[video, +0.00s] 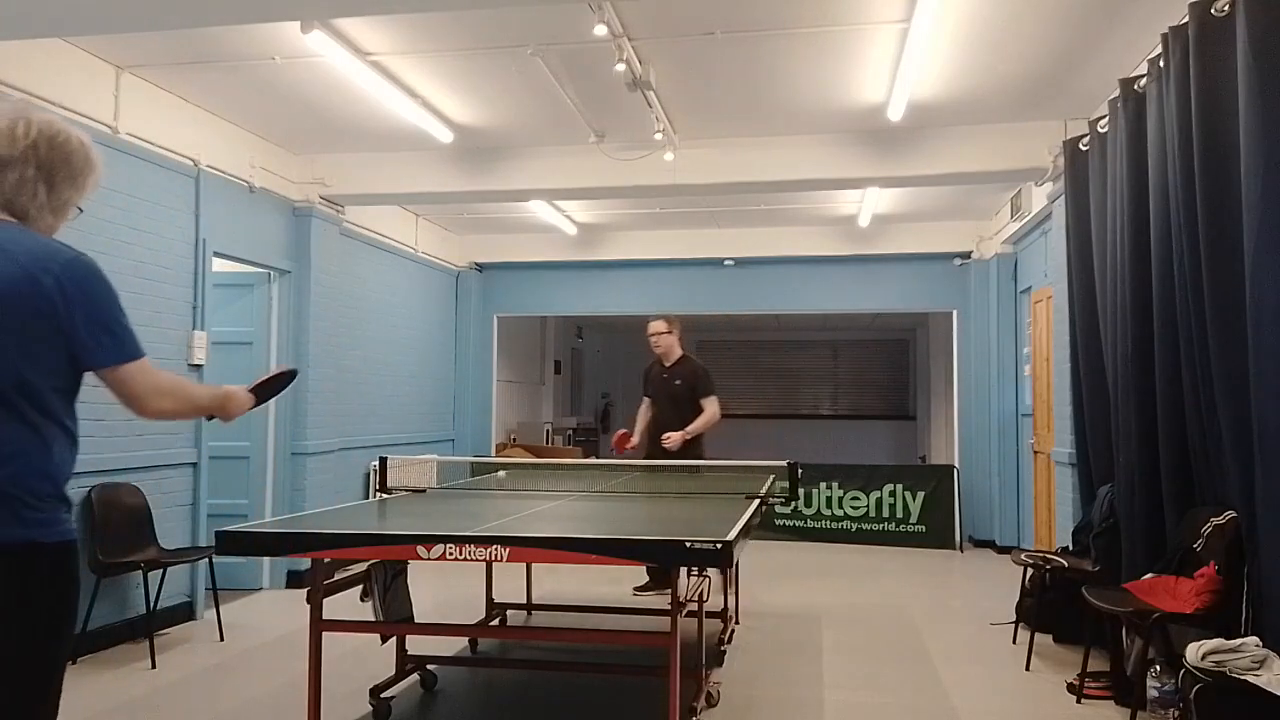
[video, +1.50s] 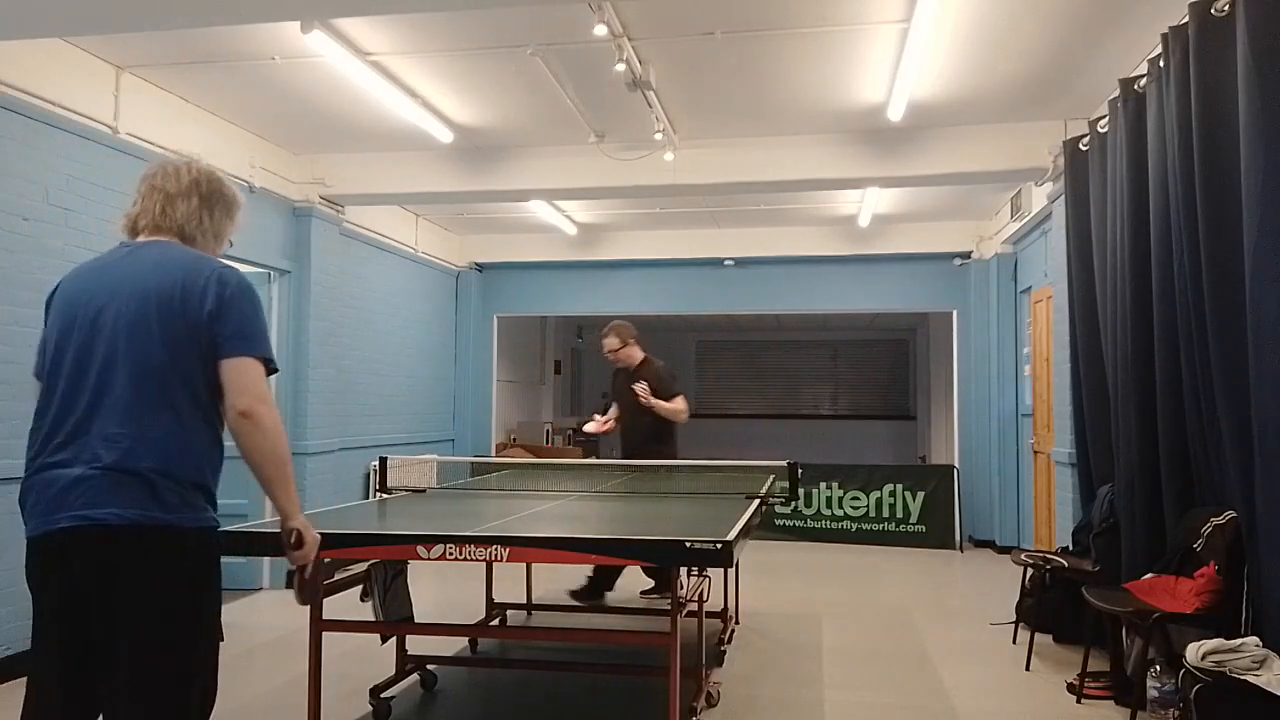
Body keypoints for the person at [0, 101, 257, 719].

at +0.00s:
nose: (75, 208)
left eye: (78, 194)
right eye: (72, 194)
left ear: (5, 176)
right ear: (51, 192)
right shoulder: (57, 270)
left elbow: (145, 391)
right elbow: (145, 393)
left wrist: (210, 400)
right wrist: (218, 400)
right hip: (25, 544)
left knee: (25, 700)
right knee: (27, 705)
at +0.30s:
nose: (105, 228)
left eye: (108, 218)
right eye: (104, 216)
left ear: (14, 187)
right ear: (86, 211)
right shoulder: (90, 278)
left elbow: (151, 415)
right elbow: (150, 417)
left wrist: (205, 467)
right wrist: (207, 471)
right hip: (48, 541)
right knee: (43, 704)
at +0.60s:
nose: (132, 249)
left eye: (136, 238)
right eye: (132, 235)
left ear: (50, 213)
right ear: (107, 224)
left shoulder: (8, 268)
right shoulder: (110, 280)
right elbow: (118, 396)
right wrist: (161, 515)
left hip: (8, 530)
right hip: (71, 540)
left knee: (14, 697)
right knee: (73, 703)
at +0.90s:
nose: (157, 252)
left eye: (161, 239)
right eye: (157, 236)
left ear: (78, 216)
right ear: (129, 222)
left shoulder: (15, 286)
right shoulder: (126, 277)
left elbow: (18, 403)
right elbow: (134, 391)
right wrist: (195, 501)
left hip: (10, 527)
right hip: (92, 529)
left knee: (21, 690)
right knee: (115, 694)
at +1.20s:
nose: (191, 249)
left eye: (194, 237)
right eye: (191, 236)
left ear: (110, 218)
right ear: (172, 227)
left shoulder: (49, 287)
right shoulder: (176, 281)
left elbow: (51, 405)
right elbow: (200, 406)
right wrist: (245, 504)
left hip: (39, 531)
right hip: (136, 530)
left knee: (46, 697)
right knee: (149, 698)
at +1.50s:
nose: (226, 245)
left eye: (229, 234)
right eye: (225, 232)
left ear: (141, 214)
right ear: (207, 222)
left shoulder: (71, 283)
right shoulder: (220, 282)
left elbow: (52, 392)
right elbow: (247, 407)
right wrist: (291, 514)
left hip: (57, 526)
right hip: (164, 528)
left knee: (60, 697)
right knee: (169, 699)